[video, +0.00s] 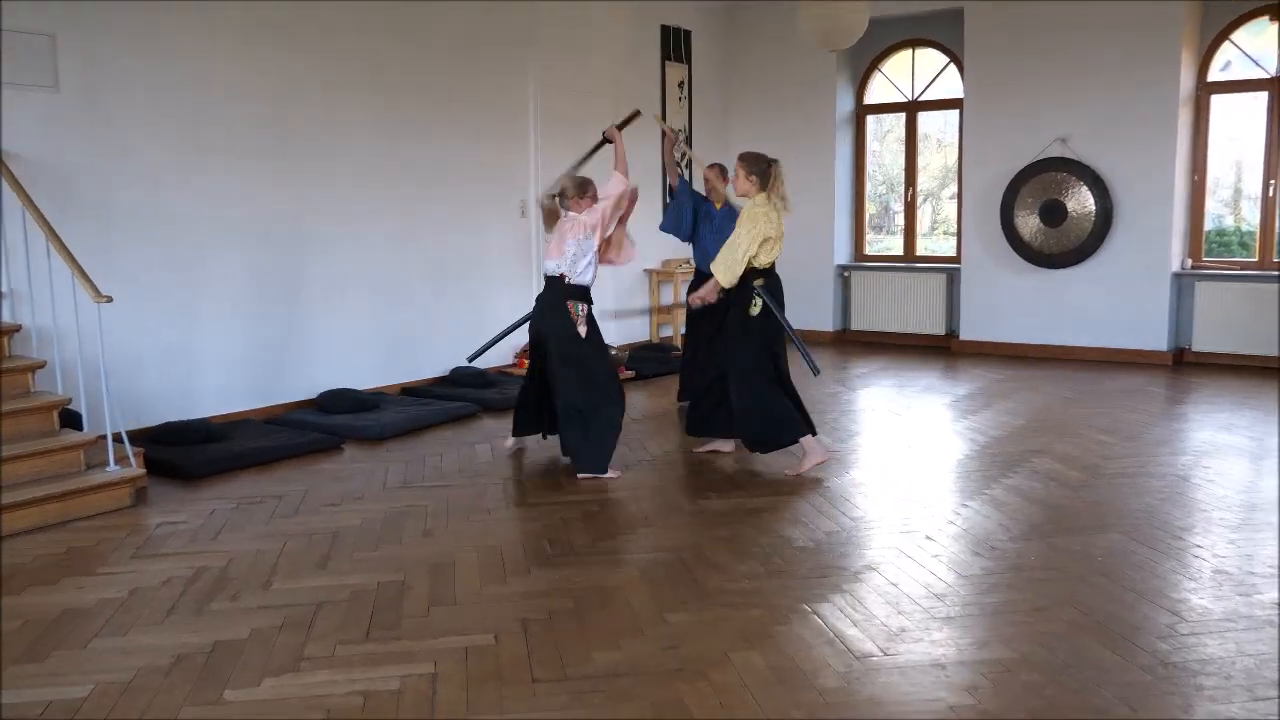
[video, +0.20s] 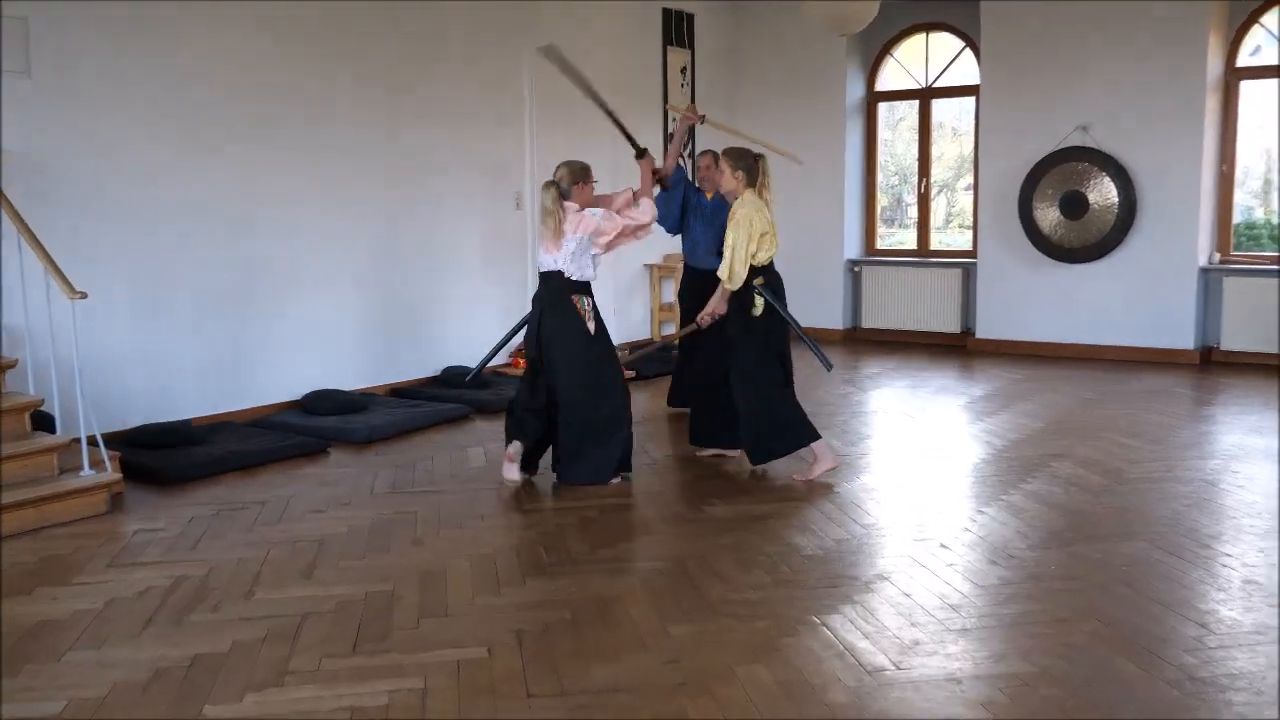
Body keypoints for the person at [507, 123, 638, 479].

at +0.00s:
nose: (595, 204)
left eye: (594, 198)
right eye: (591, 198)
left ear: (570, 202)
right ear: (575, 201)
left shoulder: (567, 228)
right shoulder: (578, 225)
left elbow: (613, 254)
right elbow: (618, 187)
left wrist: (622, 217)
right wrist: (618, 142)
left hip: (551, 307)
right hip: (568, 308)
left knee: (546, 373)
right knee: (603, 386)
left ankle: (519, 432)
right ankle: (590, 464)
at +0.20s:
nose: (594, 188)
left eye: (592, 184)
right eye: (591, 183)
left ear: (564, 187)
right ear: (580, 188)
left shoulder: (554, 215)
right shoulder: (584, 221)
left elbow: (608, 202)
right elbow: (643, 217)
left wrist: (643, 186)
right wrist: (646, 172)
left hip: (546, 302)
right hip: (573, 304)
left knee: (548, 378)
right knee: (601, 382)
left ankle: (521, 442)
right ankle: (597, 467)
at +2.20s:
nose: (453, 141)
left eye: (460, 135)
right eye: (446, 134)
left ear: (467, 138)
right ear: (434, 136)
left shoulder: (459, 170)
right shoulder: (425, 161)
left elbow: (408, 198)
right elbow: (381, 170)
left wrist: (365, 190)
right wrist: (331, 177)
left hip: (470, 262)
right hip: (439, 259)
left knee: (477, 337)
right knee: (421, 335)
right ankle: (419, 417)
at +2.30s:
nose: (451, 142)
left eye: (458, 137)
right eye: (444, 136)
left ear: (467, 140)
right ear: (435, 138)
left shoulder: (462, 172)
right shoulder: (430, 166)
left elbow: (415, 195)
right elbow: (391, 179)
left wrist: (372, 196)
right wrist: (343, 188)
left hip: (475, 261)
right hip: (443, 260)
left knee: (483, 334)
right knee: (422, 330)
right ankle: (416, 416)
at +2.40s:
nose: (449, 143)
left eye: (457, 138)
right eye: (443, 137)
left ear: (467, 141)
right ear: (435, 139)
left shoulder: (463, 172)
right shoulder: (433, 167)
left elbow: (418, 203)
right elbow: (396, 183)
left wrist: (379, 201)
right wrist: (349, 194)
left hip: (476, 261)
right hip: (449, 260)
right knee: (428, 332)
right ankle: (419, 415)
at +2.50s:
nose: (449, 143)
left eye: (456, 137)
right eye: (443, 136)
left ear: (466, 140)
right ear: (435, 138)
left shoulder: (462, 172)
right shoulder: (434, 167)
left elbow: (418, 201)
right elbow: (396, 183)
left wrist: (380, 201)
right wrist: (350, 195)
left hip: (476, 262)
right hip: (449, 262)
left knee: (487, 335)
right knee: (427, 337)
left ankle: (508, 411)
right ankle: (424, 417)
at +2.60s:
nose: (448, 142)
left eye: (455, 136)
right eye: (442, 136)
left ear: (466, 139)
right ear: (434, 137)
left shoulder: (462, 171)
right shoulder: (432, 166)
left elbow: (419, 200)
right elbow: (395, 182)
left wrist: (378, 199)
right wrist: (350, 193)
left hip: (478, 262)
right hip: (448, 262)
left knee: (487, 337)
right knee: (426, 338)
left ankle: (504, 416)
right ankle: (421, 417)